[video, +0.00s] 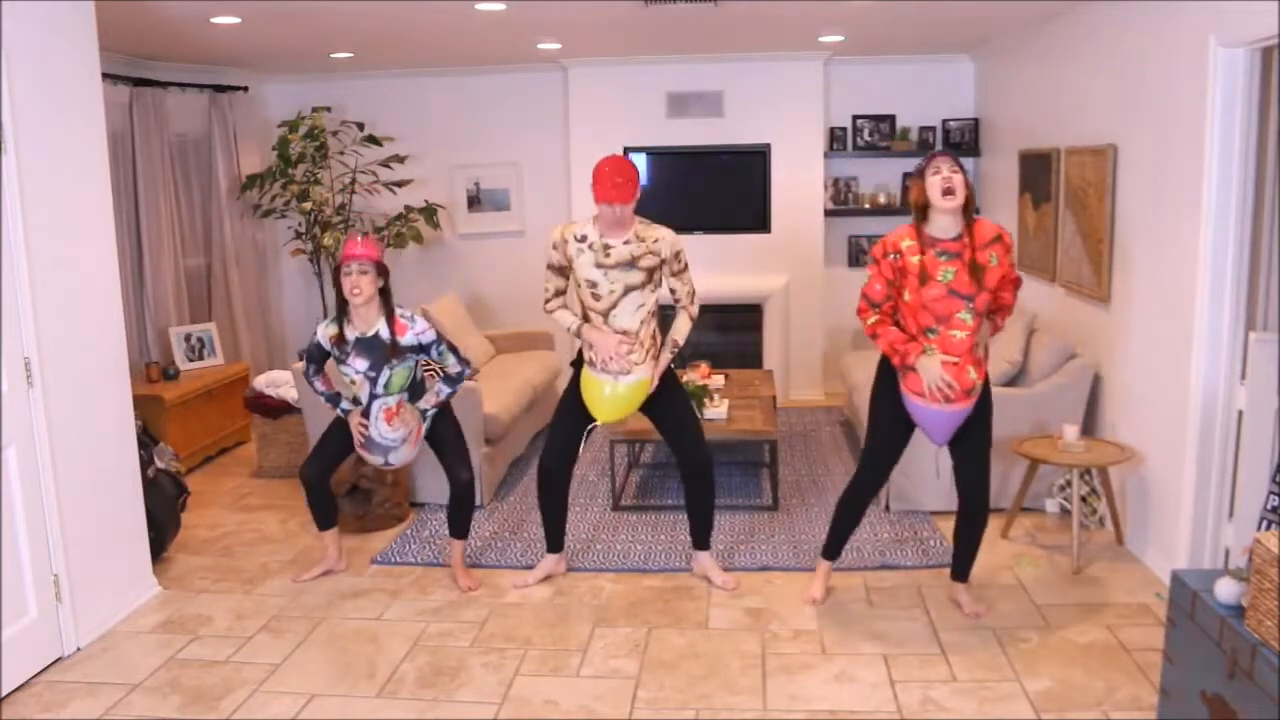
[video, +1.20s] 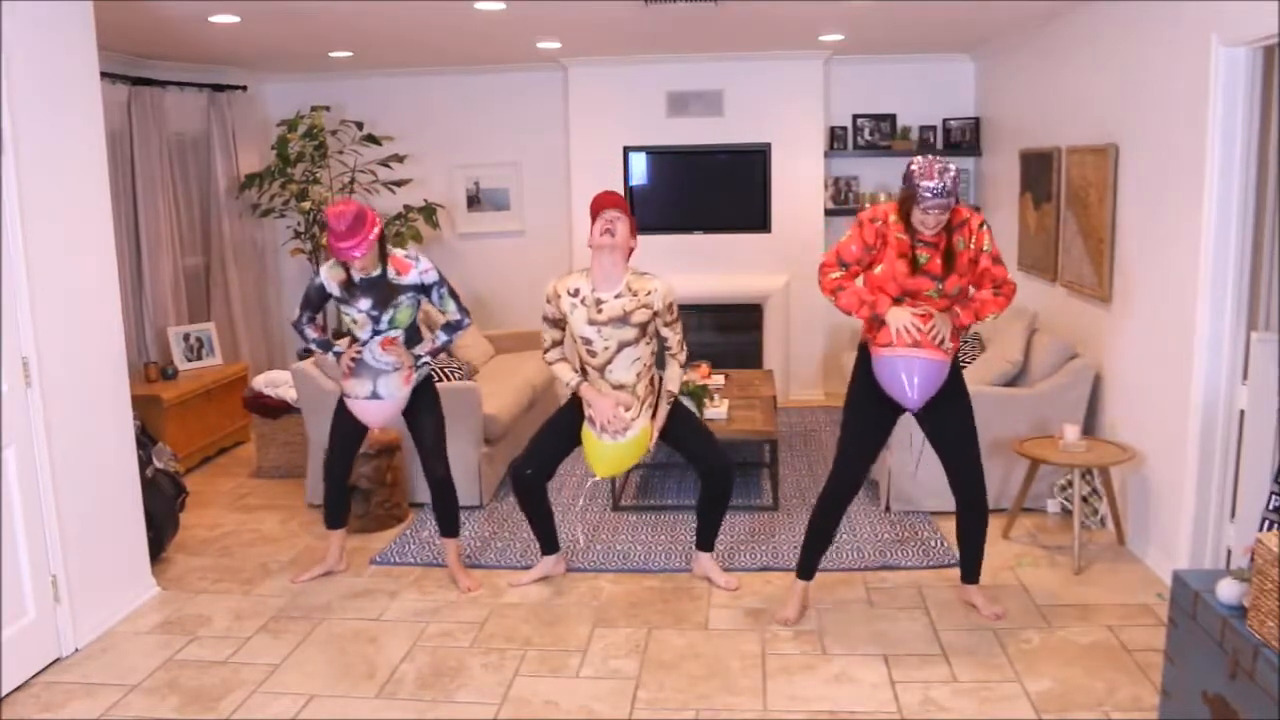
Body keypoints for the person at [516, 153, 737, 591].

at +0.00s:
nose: (616, 212)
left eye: (624, 203)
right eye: (608, 203)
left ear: (636, 197)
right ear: (594, 197)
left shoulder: (662, 242)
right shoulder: (566, 240)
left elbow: (688, 305)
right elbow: (553, 303)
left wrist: (664, 357)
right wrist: (590, 333)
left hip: (650, 366)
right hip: (591, 367)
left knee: (696, 455)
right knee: (553, 461)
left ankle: (702, 553)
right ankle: (554, 555)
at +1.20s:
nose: (607, 223)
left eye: (617, 221)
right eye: (600, 220)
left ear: (633, 243)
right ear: (588, 239)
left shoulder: (653, 290)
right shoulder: (562, 291)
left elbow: (675, 355)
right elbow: (553, 354)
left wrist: (659, 416)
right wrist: (590, 394)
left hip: (650, 399)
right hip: (588, 401)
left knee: (718, 466)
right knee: (525, 472)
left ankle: (704, 555)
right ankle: (551, 556)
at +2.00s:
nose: (609, 281)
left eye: (616, 273)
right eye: (601, 274)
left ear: (630, 254)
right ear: (586, 256)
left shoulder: (655, 270)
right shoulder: (566, 274)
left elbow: (684, 332)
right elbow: (552, 336)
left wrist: (652, 385)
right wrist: (591, 386)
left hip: (652, 387)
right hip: (592, 389)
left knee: (714, 464)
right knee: (534, 467)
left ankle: (704, 555)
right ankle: (552, 556)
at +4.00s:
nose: (609, 234)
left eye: (618, 224)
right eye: (602, 225)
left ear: (635, 216)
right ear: (592, 221)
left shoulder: (663, 257)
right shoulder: (572, 253)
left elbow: (696, 324)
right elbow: (540, 319)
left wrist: (657, 377)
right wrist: (573, 374)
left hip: (648, 393)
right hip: (587, 393)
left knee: (706, 476)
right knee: (532, 484)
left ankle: (701, 558)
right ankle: (552, 558)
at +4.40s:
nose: (611, 205)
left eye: (620, 198)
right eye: (603, 199)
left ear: (635, 207)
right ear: (592, 208)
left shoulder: (661, 254)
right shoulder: (570, 252)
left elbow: (691, 319)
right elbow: (541, 313)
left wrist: (666, 376)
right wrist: (561, 374)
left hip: (644, 389)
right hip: (583, 392)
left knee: (698, 473)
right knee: (536, 480)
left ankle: (701, 558)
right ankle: (551, 558)